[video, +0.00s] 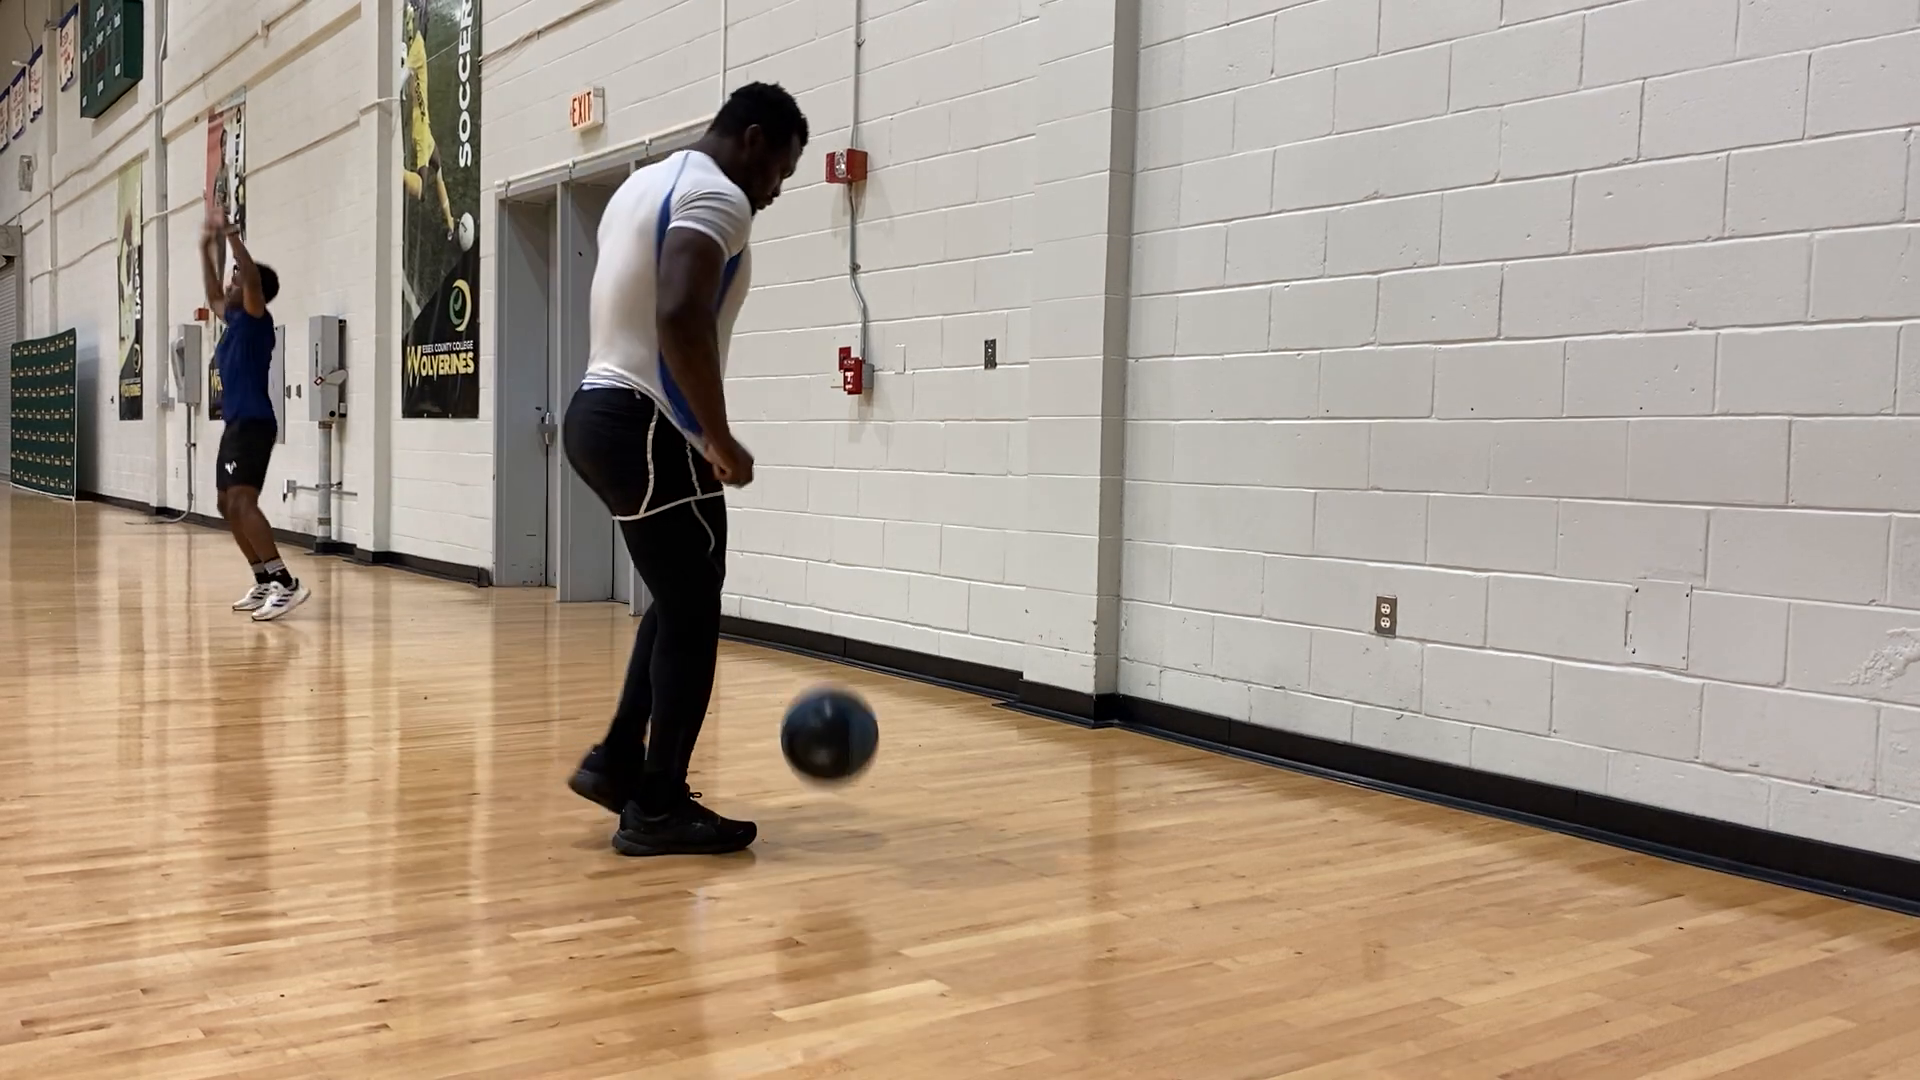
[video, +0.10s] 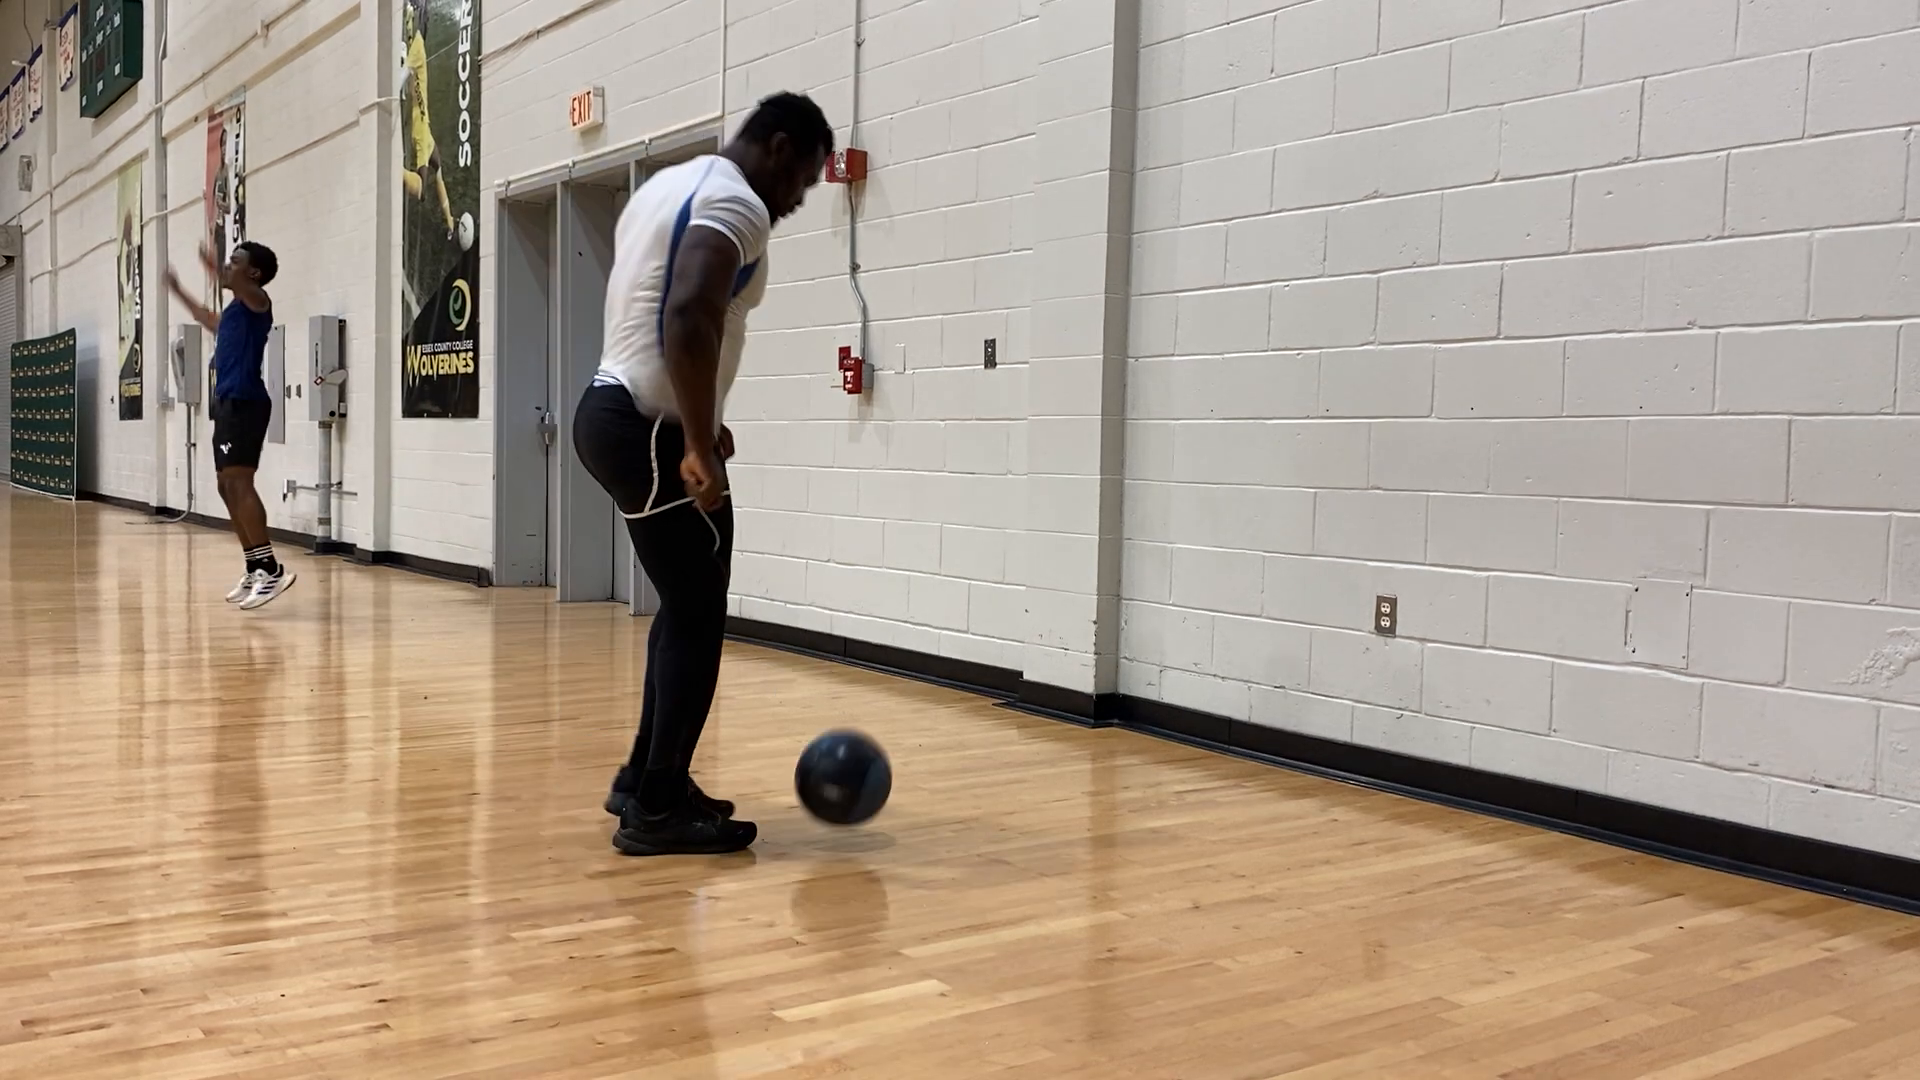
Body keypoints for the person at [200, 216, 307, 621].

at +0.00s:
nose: (230, 280)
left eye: (238, 276)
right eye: (232, 274)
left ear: (255, 289)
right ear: (234, 286)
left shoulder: (255, 320)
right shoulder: (233, 320)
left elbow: (250, 276)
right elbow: (214, 293)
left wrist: (231, 234)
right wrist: (207, 245)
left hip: (254, 424)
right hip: (235, 425)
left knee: (243, 502)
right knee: (227, 505)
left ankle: (284, 583)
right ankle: (263, 581)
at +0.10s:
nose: (227, 267)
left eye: (235, 262)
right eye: (228, 262)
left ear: (254, 272)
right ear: (234, 270)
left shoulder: (257, 303)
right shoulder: (232, 312)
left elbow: (241, 287)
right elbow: (209, 320)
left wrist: (215, 268)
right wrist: (177, 289)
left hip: (247, 403)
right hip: (228, 405)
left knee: (239, 485)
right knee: (226, 486)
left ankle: (271, 571)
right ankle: (254, 569)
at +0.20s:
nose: (218, 264)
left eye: (226, 261)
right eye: (221, 259)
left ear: (244, 272)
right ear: (234, 271)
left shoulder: (247, 302)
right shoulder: (228, 307)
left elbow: (262, 339)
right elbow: (221, 358)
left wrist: (233, 355)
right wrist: (183, 362)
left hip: (241, 402)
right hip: (226, 402)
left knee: (228, 486)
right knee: (226, 486)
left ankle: (255, 572)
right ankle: (251, 571)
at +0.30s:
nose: (210, 285)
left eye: (218, 282)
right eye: (212, 280)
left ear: (235, 294)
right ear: (223, 293)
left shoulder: (240, 328)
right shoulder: (223, 329)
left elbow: (261, 383)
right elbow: (225, 395)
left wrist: (235, 425)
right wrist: (202, 426)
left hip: (242, 425)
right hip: (226, 425)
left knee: (215, 506)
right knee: (214, 506)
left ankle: (255, 585)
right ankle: (254, 584)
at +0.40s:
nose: (203, 295)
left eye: (211, 290)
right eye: (206, 289)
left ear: (231, 303)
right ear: (223, 303)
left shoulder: (234, 340)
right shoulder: (218, 340)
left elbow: (253, 393)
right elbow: (222, 405)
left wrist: (218, 438)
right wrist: (199, 440)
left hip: (240, 438)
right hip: (227, 437)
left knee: (207, 514)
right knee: (203, 515)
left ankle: (257, 590)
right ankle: (254, 587)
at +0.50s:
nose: (205, 268)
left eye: (213, 265)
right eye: (208, 263)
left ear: (231, 277)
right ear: (222, 275)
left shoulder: (233, 309)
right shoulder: (216, 312)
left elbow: (240, 356)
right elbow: (213, 365)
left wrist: (191, 375)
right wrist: (173, 379)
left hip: (227, 410)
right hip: (211, 410)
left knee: (214, 491)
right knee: (205, 492)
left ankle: (244, 579)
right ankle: (244, 576)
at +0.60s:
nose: (201, 261)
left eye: (209, 258)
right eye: (204, 256)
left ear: (227, 269)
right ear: (220, 268)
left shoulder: (229, 295)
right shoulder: (210, 303)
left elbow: (231, 313)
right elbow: (191, 328)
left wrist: (182, 294)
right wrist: (156, 298)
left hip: (220, 402)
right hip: (202, 401)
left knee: (213, 484)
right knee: (200, 486)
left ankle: (241, 572)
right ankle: (228, 569)